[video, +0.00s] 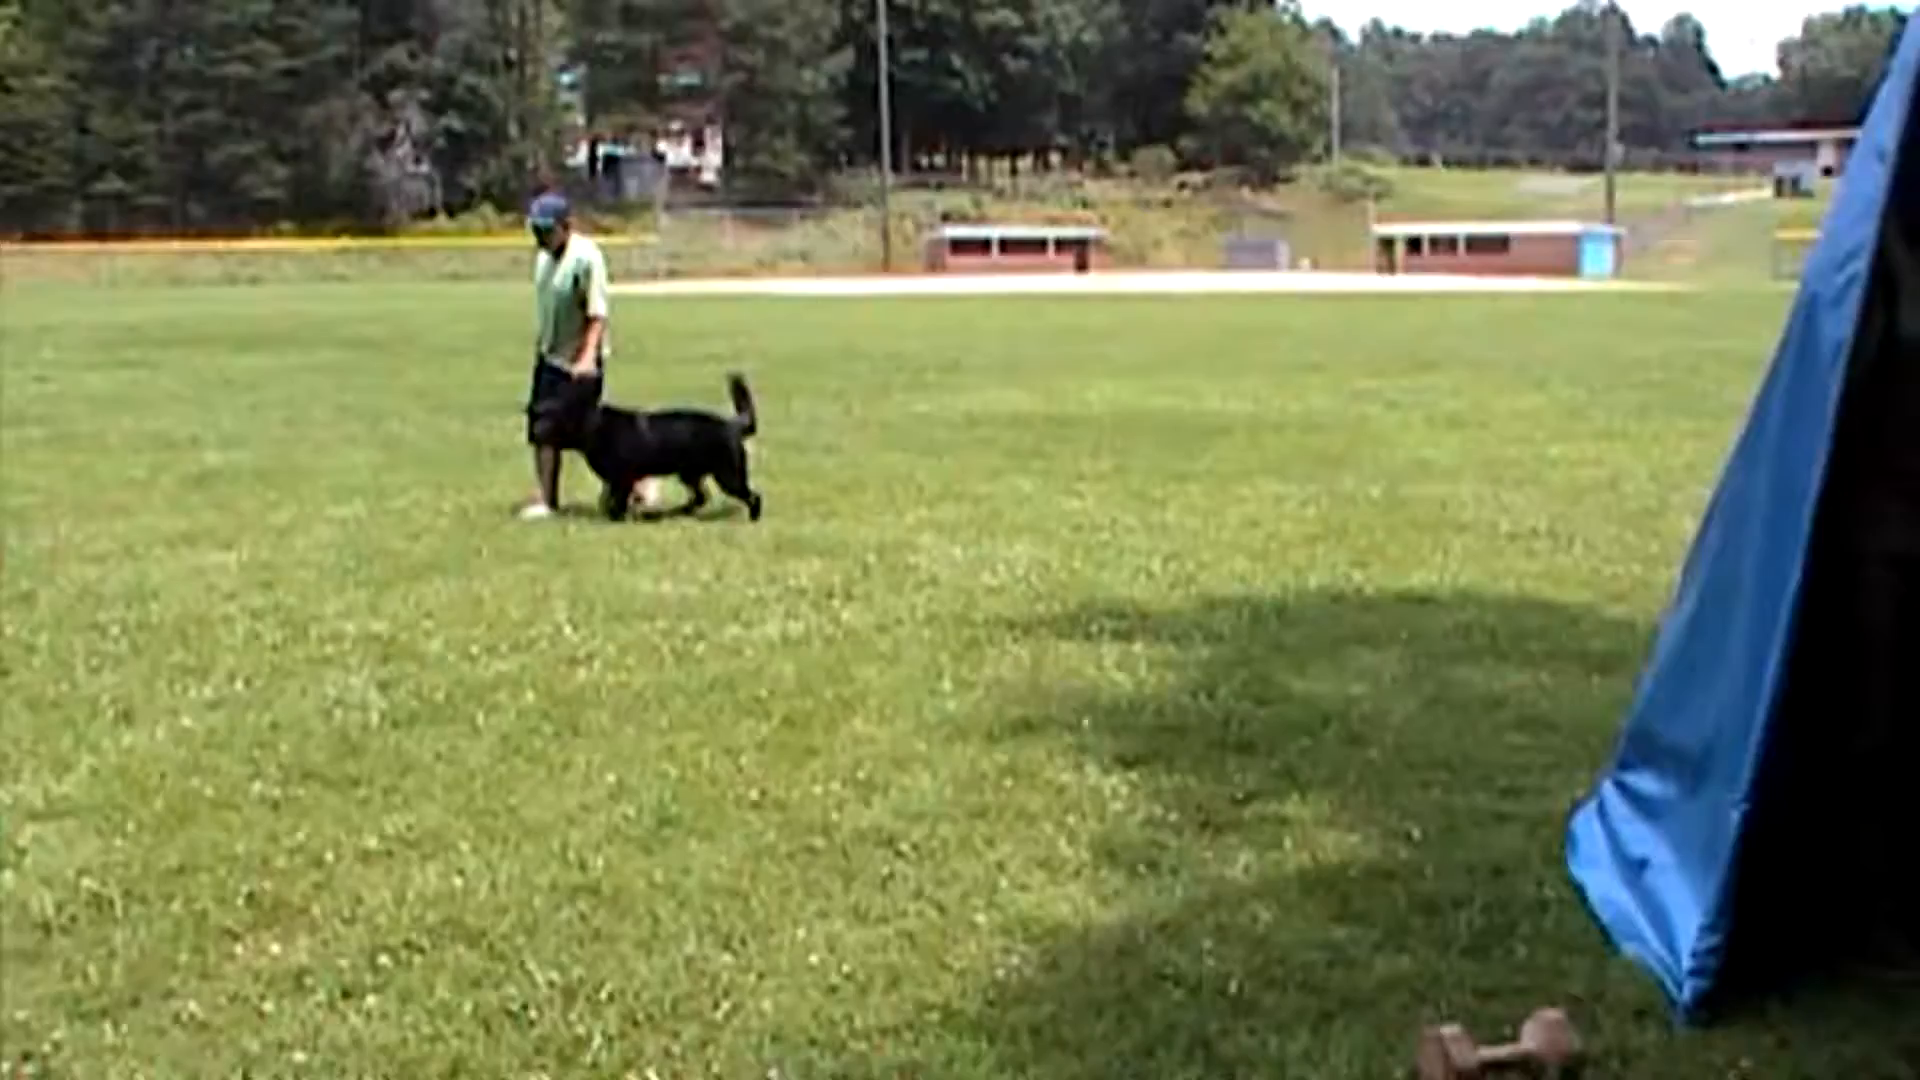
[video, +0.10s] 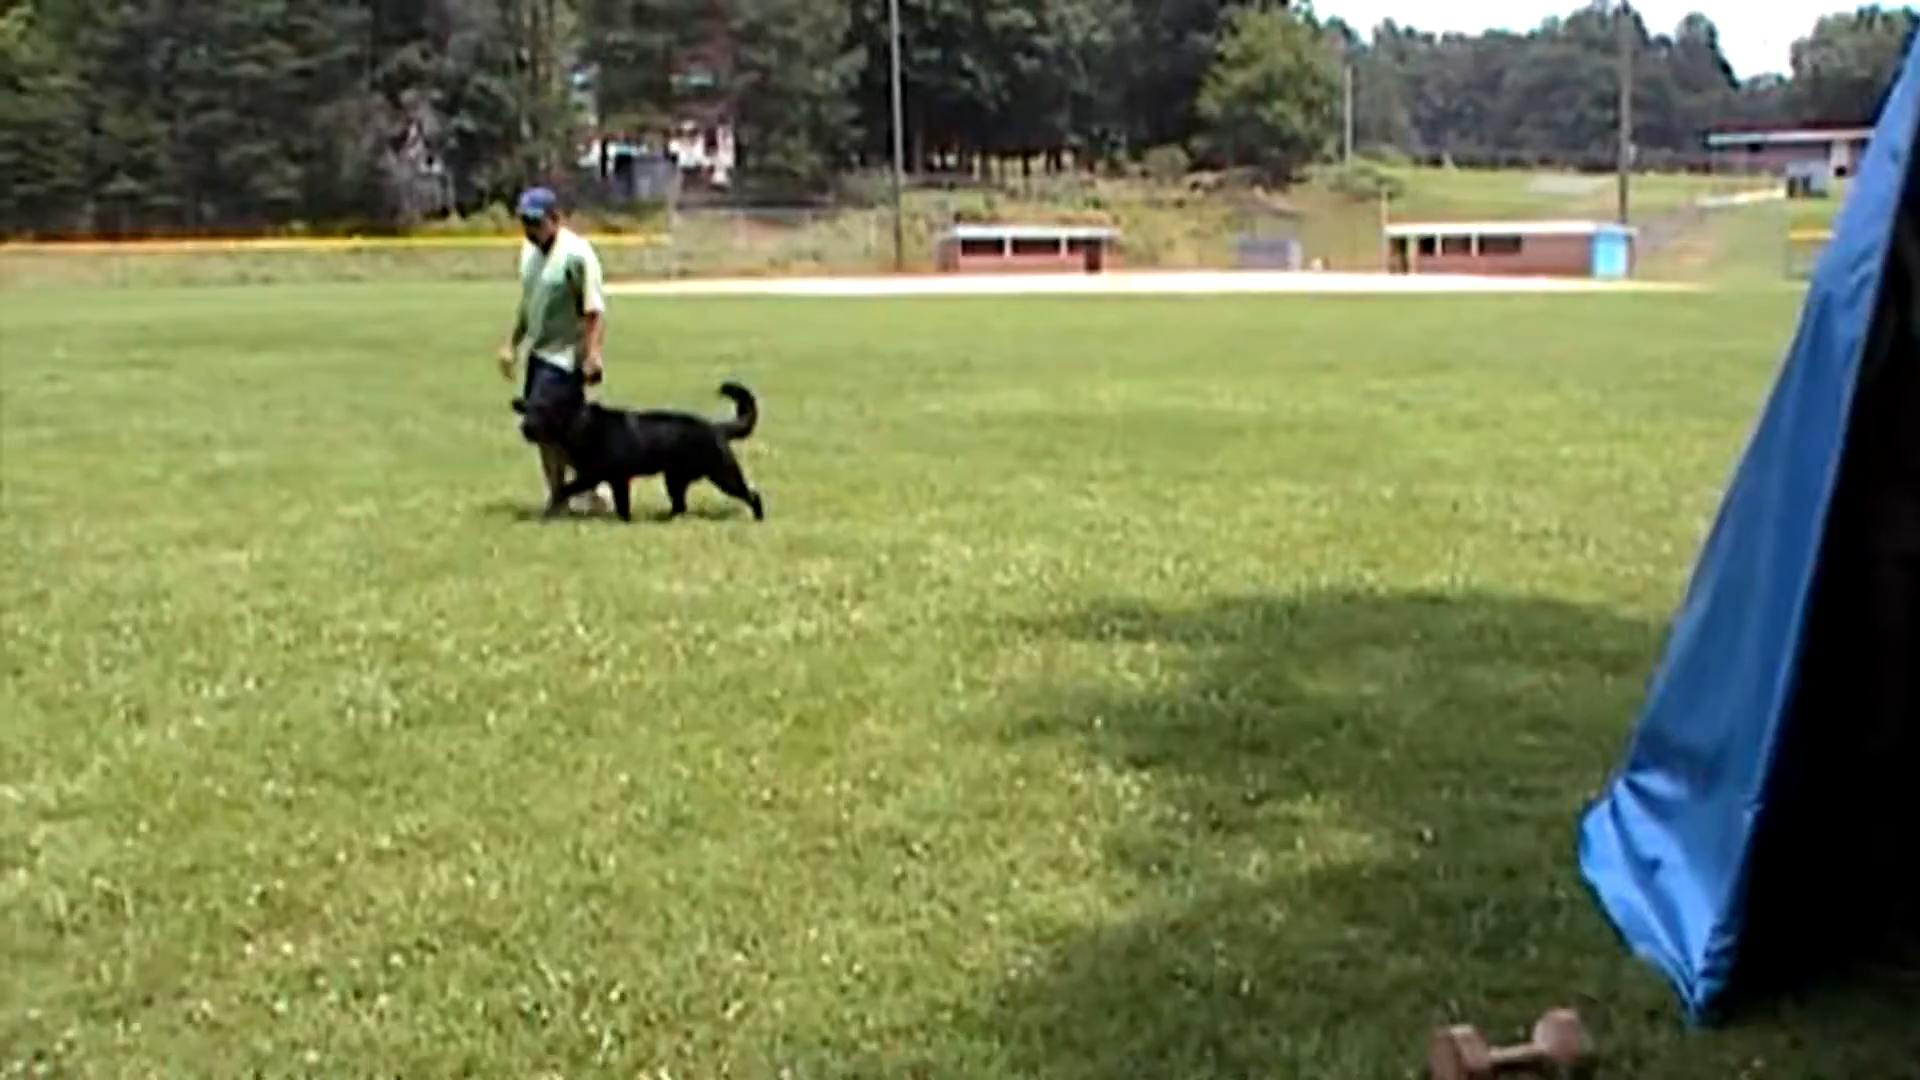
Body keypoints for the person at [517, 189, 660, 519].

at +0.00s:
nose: (541, 238)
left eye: (547, 231)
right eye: (537, 232)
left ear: (565, 225)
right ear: (535, 229)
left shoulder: (588, 257)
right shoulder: (544, 257)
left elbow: (597, 313)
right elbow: (550, 307)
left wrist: (587, 357)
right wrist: (545, 348)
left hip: (579, 360)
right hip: (549, 358)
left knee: (585, 430)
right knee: (542, 431)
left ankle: (634, 481)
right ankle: (546, 497)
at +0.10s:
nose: (530, 231)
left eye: (536, 223)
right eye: (525, 224)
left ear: (554, 218)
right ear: (522, 223)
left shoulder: (578, 254)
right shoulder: (530, 251)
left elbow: (593, 309)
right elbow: (527, 303)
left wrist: (592, 353)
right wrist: (512, 343)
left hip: (567, 354)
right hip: (539, 351)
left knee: (544, 422)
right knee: (544, 427)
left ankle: (587, 486)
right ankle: (557, 495)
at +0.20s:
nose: (520, 226)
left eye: (526, 218)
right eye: (516, 219)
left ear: (546, 216)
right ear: (514, 219)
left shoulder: (571, 252)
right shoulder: (518, 250)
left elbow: (593, 306)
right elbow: (511, 300)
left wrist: (594, 352)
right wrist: (487, 332)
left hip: (561, 344)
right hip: (531, 343)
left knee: (522, 413)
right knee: (553, 424)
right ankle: (570, 494)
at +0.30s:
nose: (517, 230)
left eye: (524, 222)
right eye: (512, 222)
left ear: (541, 221)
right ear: (508, 222)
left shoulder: (565, 258)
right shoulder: (511, 255)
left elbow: (593, 311)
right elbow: (499, 300)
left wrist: (592, 359)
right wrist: (472, 327)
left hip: (554, 352)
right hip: (526, 350)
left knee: (519, 424)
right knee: (554, 429)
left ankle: (492, 501)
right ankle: (587, 489)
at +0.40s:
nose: (514, 234)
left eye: (521, 226)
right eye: (510, 226)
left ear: (539, 225)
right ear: (505, 227)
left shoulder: (563, 264)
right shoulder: (508, 260)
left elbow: (588, 316)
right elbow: (495, 306)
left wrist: (587, 366)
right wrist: (466, 330)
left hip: (549, 359)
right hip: (521, 357)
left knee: (515, 432)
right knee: (553, 434)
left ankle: (496, 511)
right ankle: (597, 491)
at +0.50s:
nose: (513, 230)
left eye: (521, 223)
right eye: (509, 222)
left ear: (539, 222)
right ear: (505, 223)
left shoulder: (563, 264)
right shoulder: (506, 257)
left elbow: (581, 321)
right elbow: (494, 305)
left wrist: (578, 367)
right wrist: (470, 338)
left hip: (547, 359)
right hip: (516, 355)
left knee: (520, 434)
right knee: (526, 434)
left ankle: (515, 513)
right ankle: (584, 483)